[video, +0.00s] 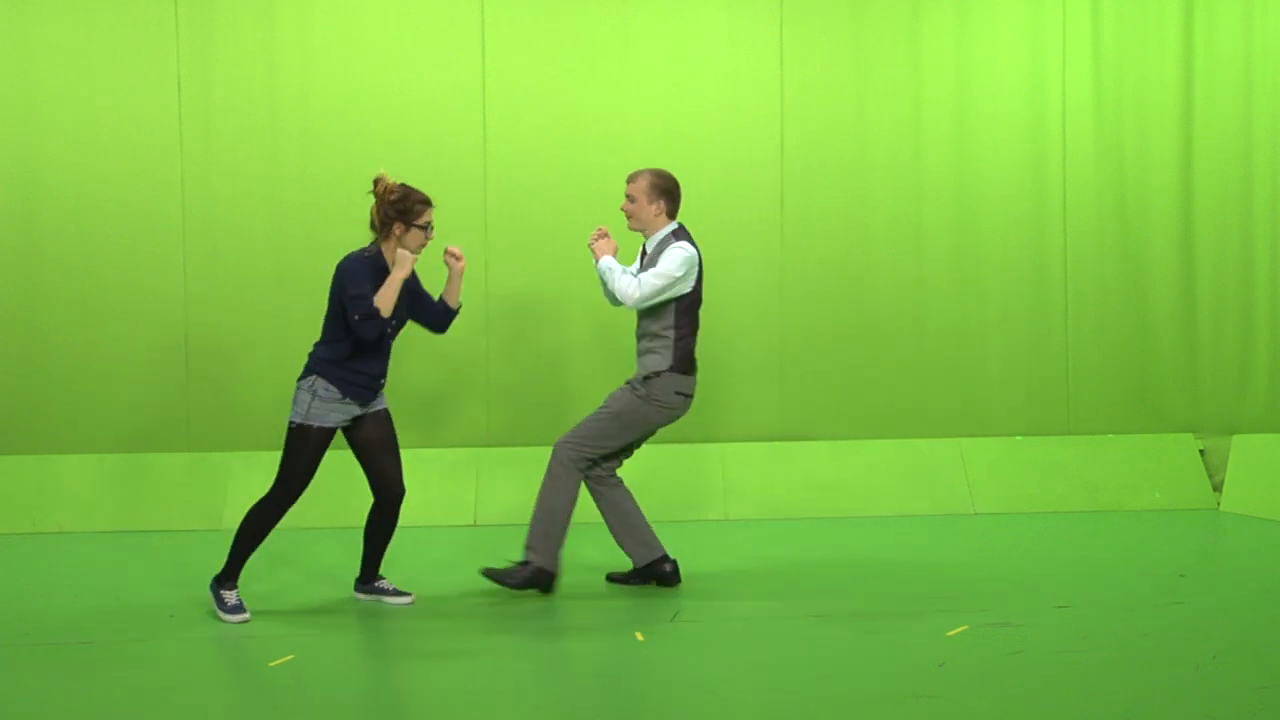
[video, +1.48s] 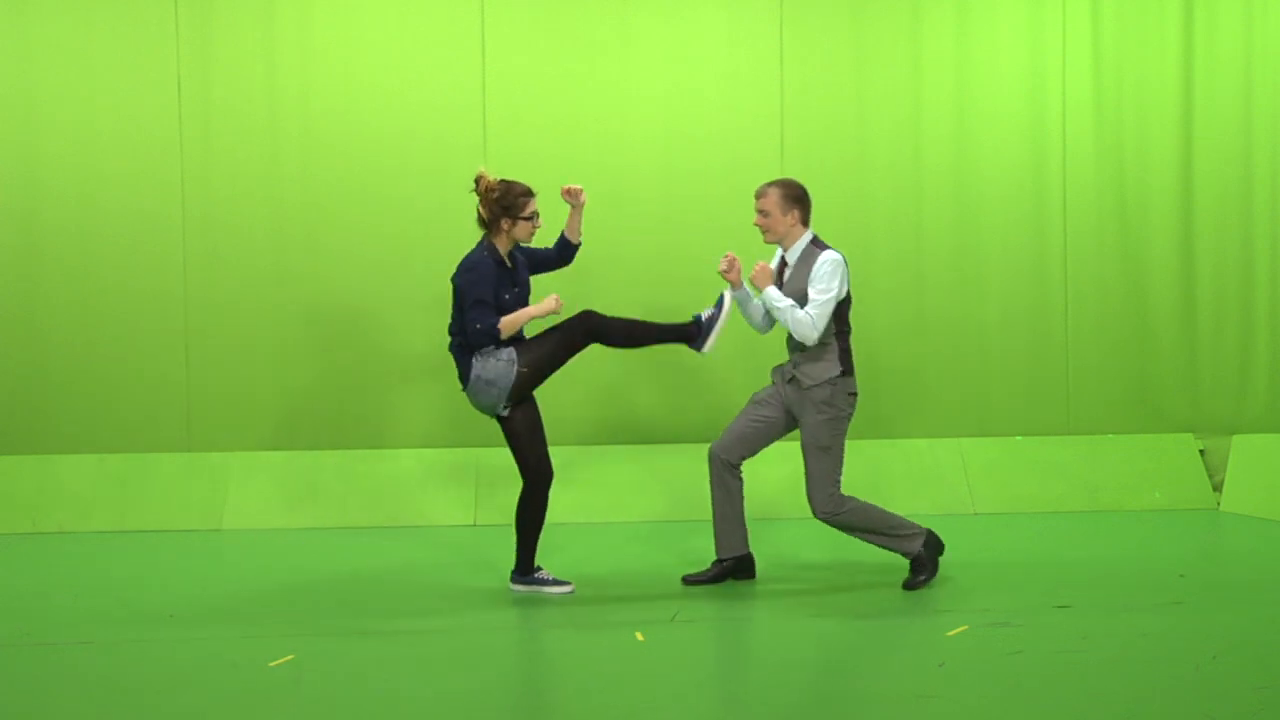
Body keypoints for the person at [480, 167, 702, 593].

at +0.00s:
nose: (624, 208)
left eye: (632, 200)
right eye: (626, 199)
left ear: (659, 206)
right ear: (657, 207)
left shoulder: (681, 253)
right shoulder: (652, 249)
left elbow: (635, 293)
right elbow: (620, 295)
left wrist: (607, 260)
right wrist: (605, 260)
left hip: (663, 386)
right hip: (657, 384)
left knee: (570, 452)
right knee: (597, 466)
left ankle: (539, 565)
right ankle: (654, 562)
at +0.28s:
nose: (654, 206)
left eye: (660, 198)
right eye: (654, 198)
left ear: (688, 202)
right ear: (686, 203)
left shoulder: (721, 248)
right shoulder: (688, 248)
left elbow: (681, 306)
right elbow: (674, 302)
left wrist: (650, 266)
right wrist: (642, 270)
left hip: (738, 382)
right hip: (702, 379)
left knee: (754, 490)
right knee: (642, 454)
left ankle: (851, 546)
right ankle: (659, 562)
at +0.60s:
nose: (700, 194)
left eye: (706, 185)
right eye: (699, 185)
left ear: (736, 188)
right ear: (729, 189)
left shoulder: (776, 233)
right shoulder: (726, 235)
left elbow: (754, 300)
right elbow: (706, 290)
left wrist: (714, 258)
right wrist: (686, 256)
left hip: (786, 364)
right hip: (745, 359)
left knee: (779, 472)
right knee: (701, 449)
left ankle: (852, 553)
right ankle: (729, 553)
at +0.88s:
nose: (716, 200)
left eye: (721, 192)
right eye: (715, 192)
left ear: (751, 193)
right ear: (742, 194)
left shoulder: (793, 237)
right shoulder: (738, 239)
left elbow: (763, 304)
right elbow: (712, 290)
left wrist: (728, 259)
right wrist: (698, 254)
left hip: (807, 365)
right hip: (762, 363)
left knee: (805, 472)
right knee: (718, 453)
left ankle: (861, 557)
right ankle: (729, 558)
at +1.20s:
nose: (733, 202)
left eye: (739, 194)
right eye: (732, 194)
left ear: (769, 195)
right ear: (761, 197)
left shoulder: (808, 240)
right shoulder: (755, 244)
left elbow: (780, 307)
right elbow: (730, 296)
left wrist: (743, 264)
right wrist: (713, 258)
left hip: (824, 370)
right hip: (782, 367)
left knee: (839, 474)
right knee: (728, 450)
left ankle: (904, 558)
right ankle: (730, 558)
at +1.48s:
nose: (757, 222)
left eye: (764, 214)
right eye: (757, 214)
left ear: (793, 216)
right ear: (785, 218)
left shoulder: (829, 262)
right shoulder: (780, 263)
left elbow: (809, 330)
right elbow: (762, 322)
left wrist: (768, 289)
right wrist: (737, 286)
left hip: (827, 388)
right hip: (791, 383)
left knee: (826, 504)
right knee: (723, 455)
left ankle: (921, 543)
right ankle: (735, 557)